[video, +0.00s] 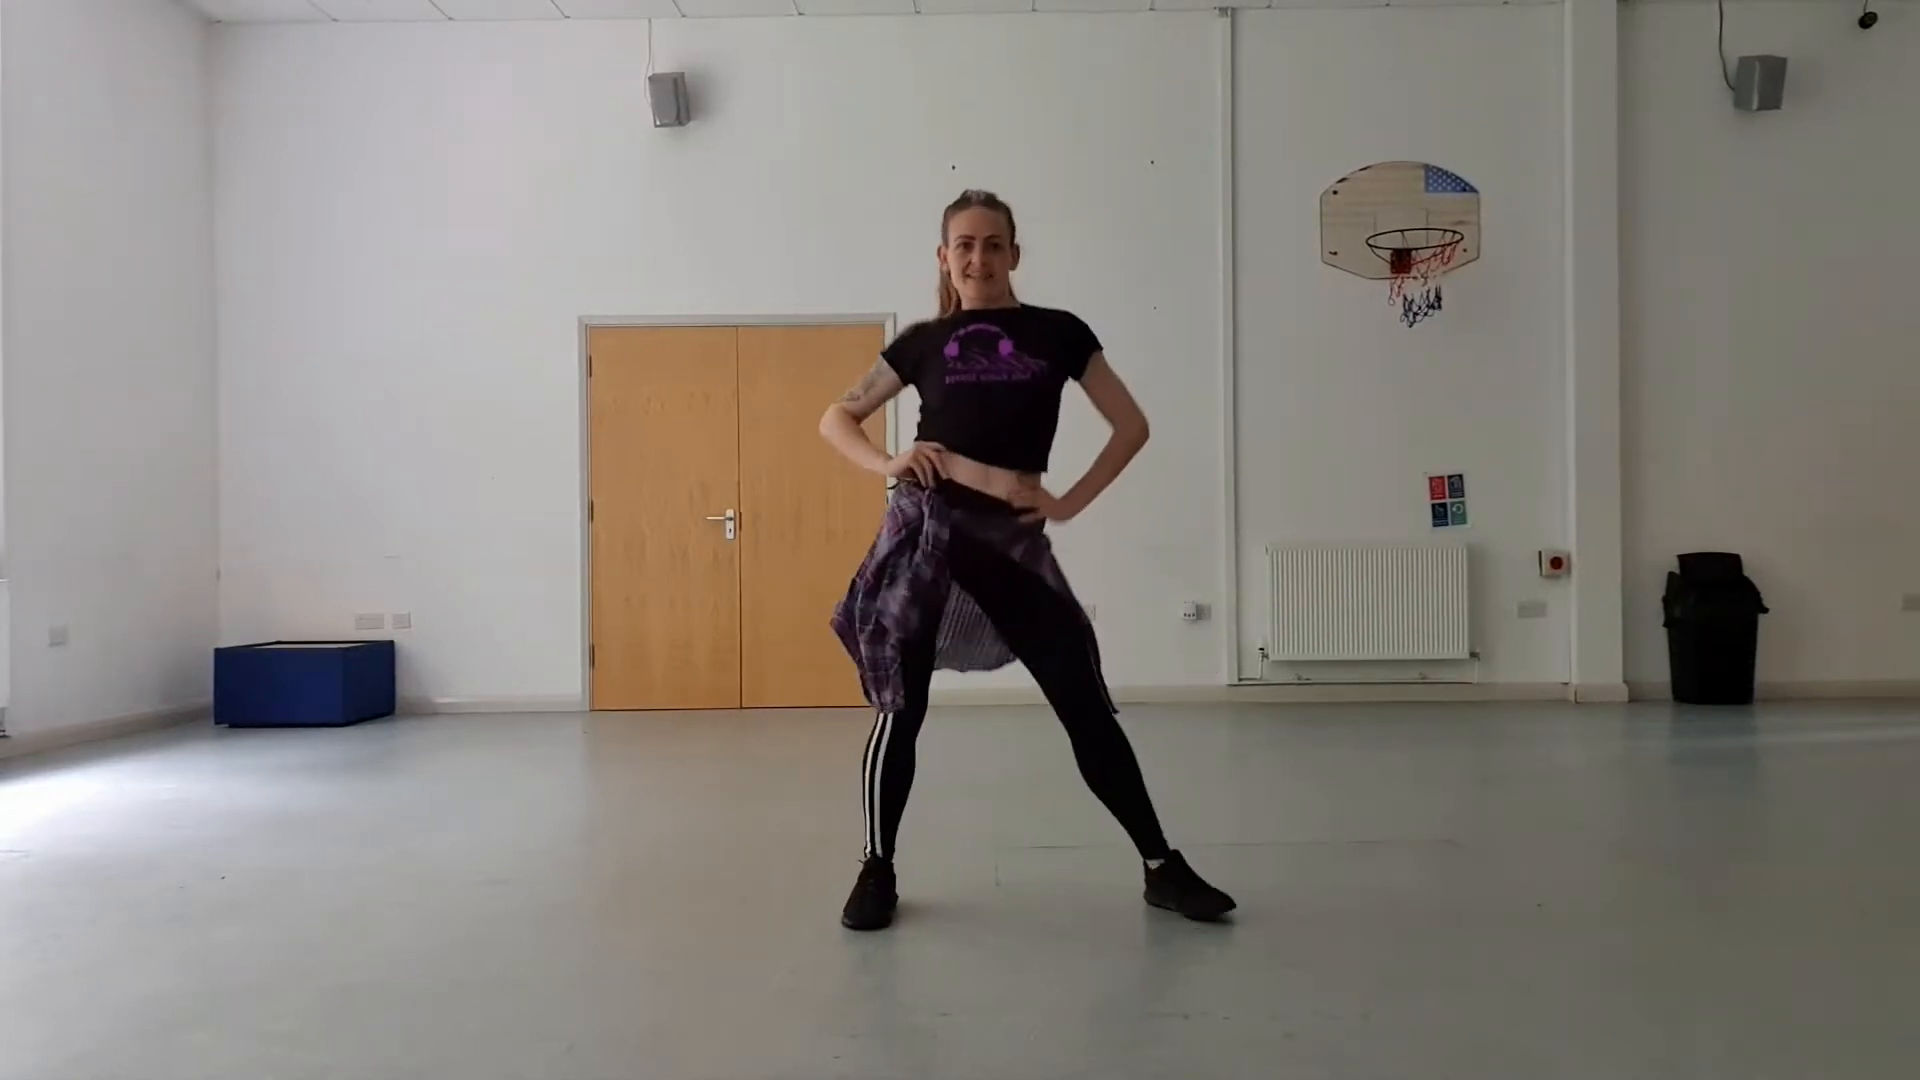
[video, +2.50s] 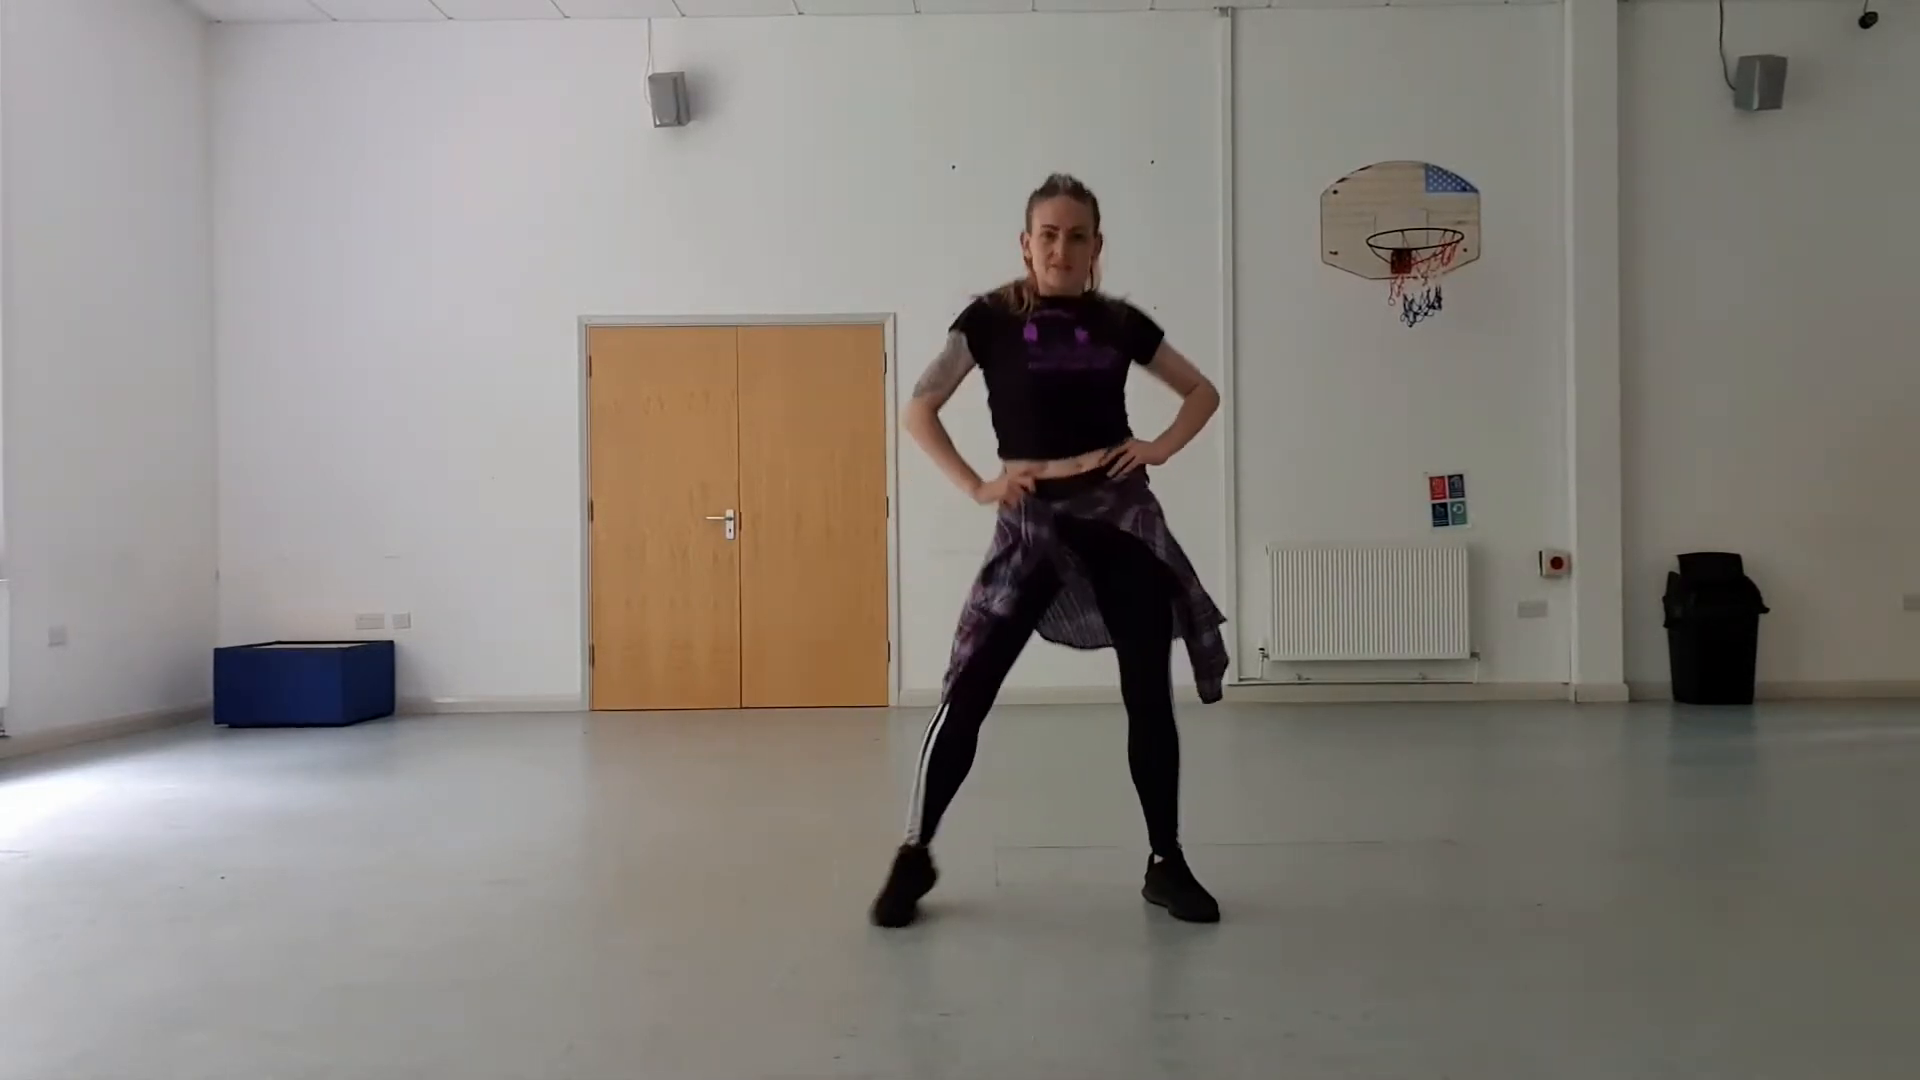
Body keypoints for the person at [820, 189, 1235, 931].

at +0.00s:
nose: (980, 256)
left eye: (993, 243)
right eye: (966, 244)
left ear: (1013, 252)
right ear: (944, 255)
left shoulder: (1058, 334)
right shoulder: (924, 342)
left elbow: (1131, 427)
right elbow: (836, 420)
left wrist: (1069, 502)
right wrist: (884, 462)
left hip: (1012, 536)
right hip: (924, 530)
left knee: (1086, 705)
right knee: (901, 704)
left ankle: (1162, 865)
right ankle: (876, 869)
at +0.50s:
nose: (1042, 255)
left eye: (1057, 247)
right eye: (1030, 244)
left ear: (1076, 266)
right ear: (1007, 260)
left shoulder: (1097, 342)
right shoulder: (965, 333)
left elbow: (1206, 399)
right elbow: (908, 431)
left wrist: (1146, 452)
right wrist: (966, 508)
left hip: (1117, 533)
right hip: (1029, 541)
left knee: (1154, 699)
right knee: (962, 711)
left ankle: (1177, 862)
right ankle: (885, 868)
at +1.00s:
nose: (992, 253)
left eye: (1005, 241)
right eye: (978, 242)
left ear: (1029, 251)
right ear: (958, 258)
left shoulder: (1075, 335)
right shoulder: (939, 337)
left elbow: (1140, 436)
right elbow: (847, 409)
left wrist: (1080, 504)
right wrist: (894, 451)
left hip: (1017, 533)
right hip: (928, 524)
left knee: (1086, 704)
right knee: (901, 699)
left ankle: (1160, 863)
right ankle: (875, 867)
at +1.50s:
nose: (1071, 275)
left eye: (1079, 265)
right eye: (1059, 259)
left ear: (1082, 275)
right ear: (1015, 260)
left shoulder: (1084, 350)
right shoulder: (961, 338)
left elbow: (1194, 404)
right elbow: (894, 431)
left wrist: (1135, 459)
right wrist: (955, 516)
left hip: (1108, 534)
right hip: (1022, 545)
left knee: (1145, 696)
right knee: (955, 708)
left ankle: (1167, 862)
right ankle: (883, 867)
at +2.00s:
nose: (984, 238)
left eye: (996, 226)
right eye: (968, 235)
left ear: (1024, 244)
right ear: (955, 264)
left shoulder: (1074, 327)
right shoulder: (938, 333)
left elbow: (1141, 426)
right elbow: (850, 402)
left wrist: (1082, 501)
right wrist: (894, 457)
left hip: (1023, 530)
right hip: (934, 521)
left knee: (1095, 700)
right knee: (905, 697)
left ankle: (1161, 864)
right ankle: (878, 868)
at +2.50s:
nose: (1062, 248)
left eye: (1077, 236)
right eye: (1049, 235)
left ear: (1096, 246)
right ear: (1026, 241)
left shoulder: (1119, 323)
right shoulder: (989, 322)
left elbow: (1204, 394)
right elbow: (919, 411)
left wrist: (1161, 446)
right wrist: (975, 486)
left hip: (1120, 520)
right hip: (1033, 523)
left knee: (1149, 692)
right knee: (969, 689)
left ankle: (1166, 861)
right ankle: (915, 855)